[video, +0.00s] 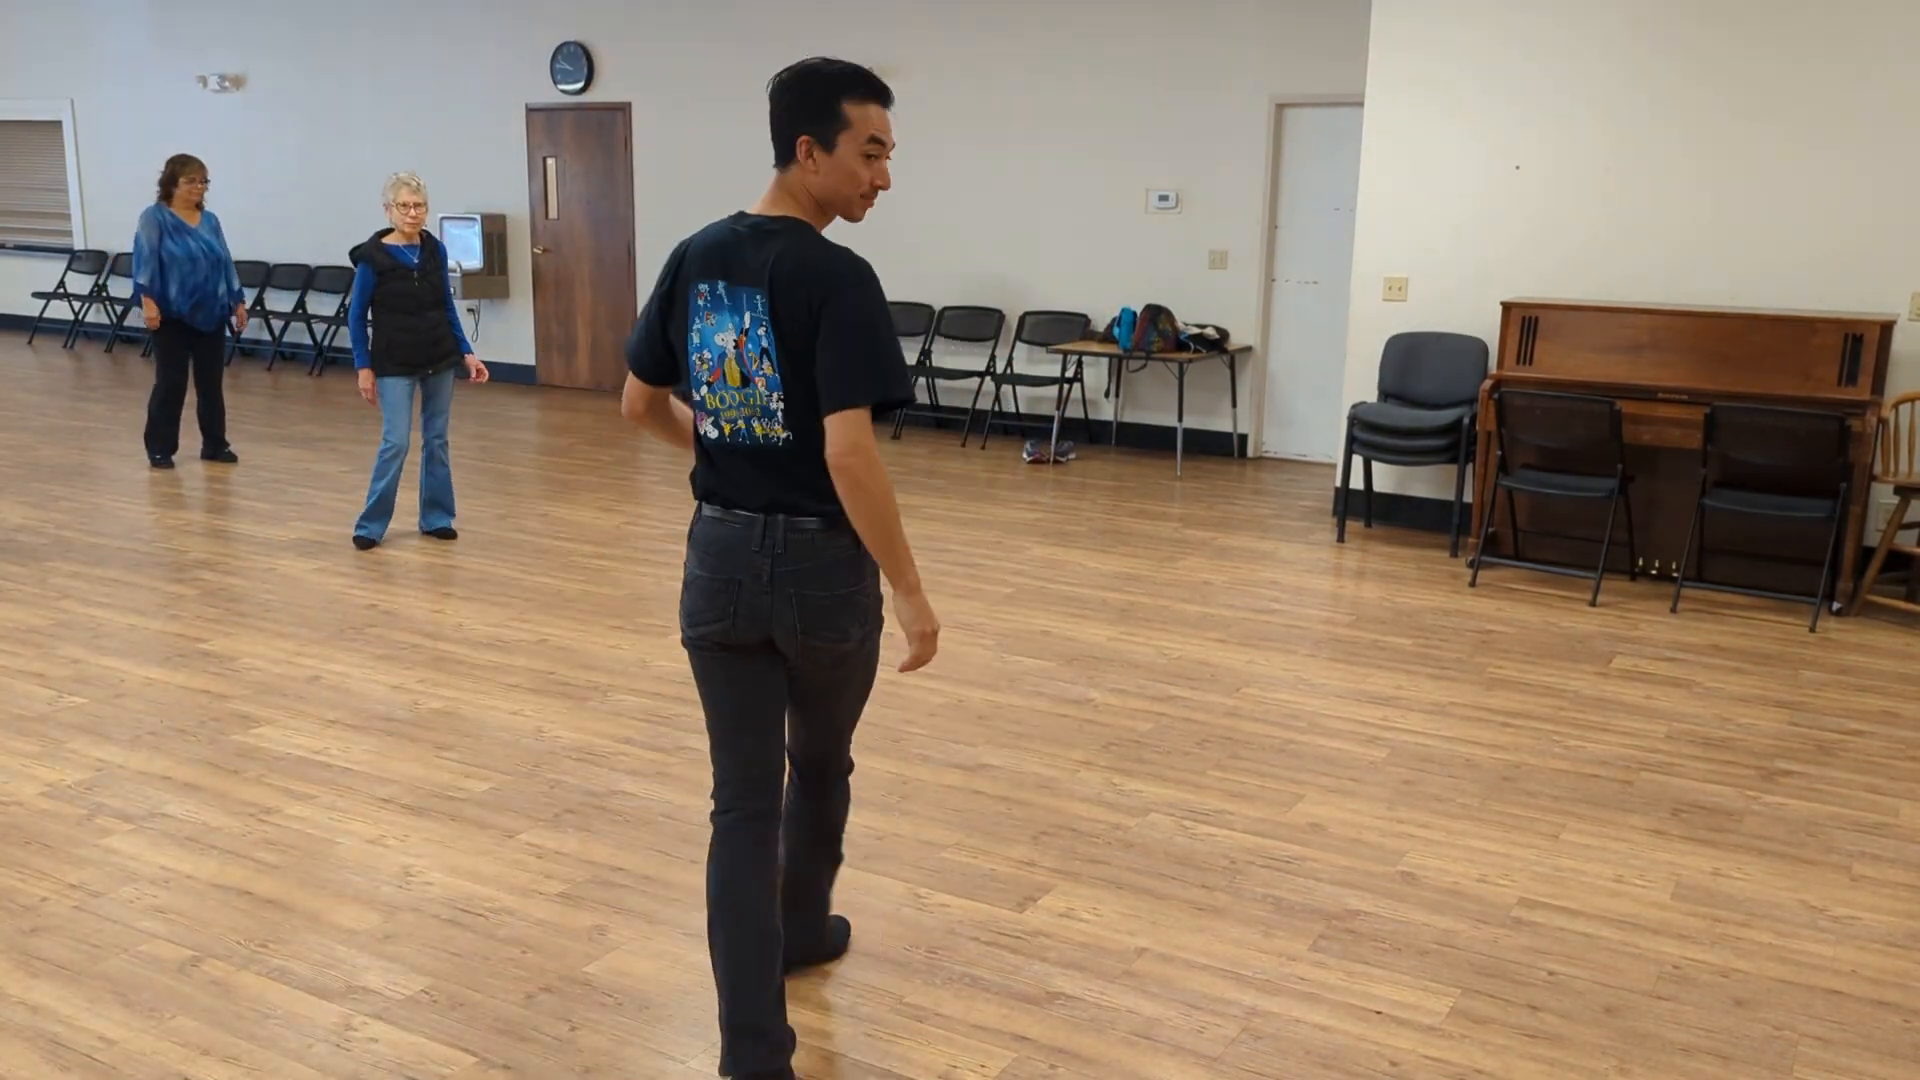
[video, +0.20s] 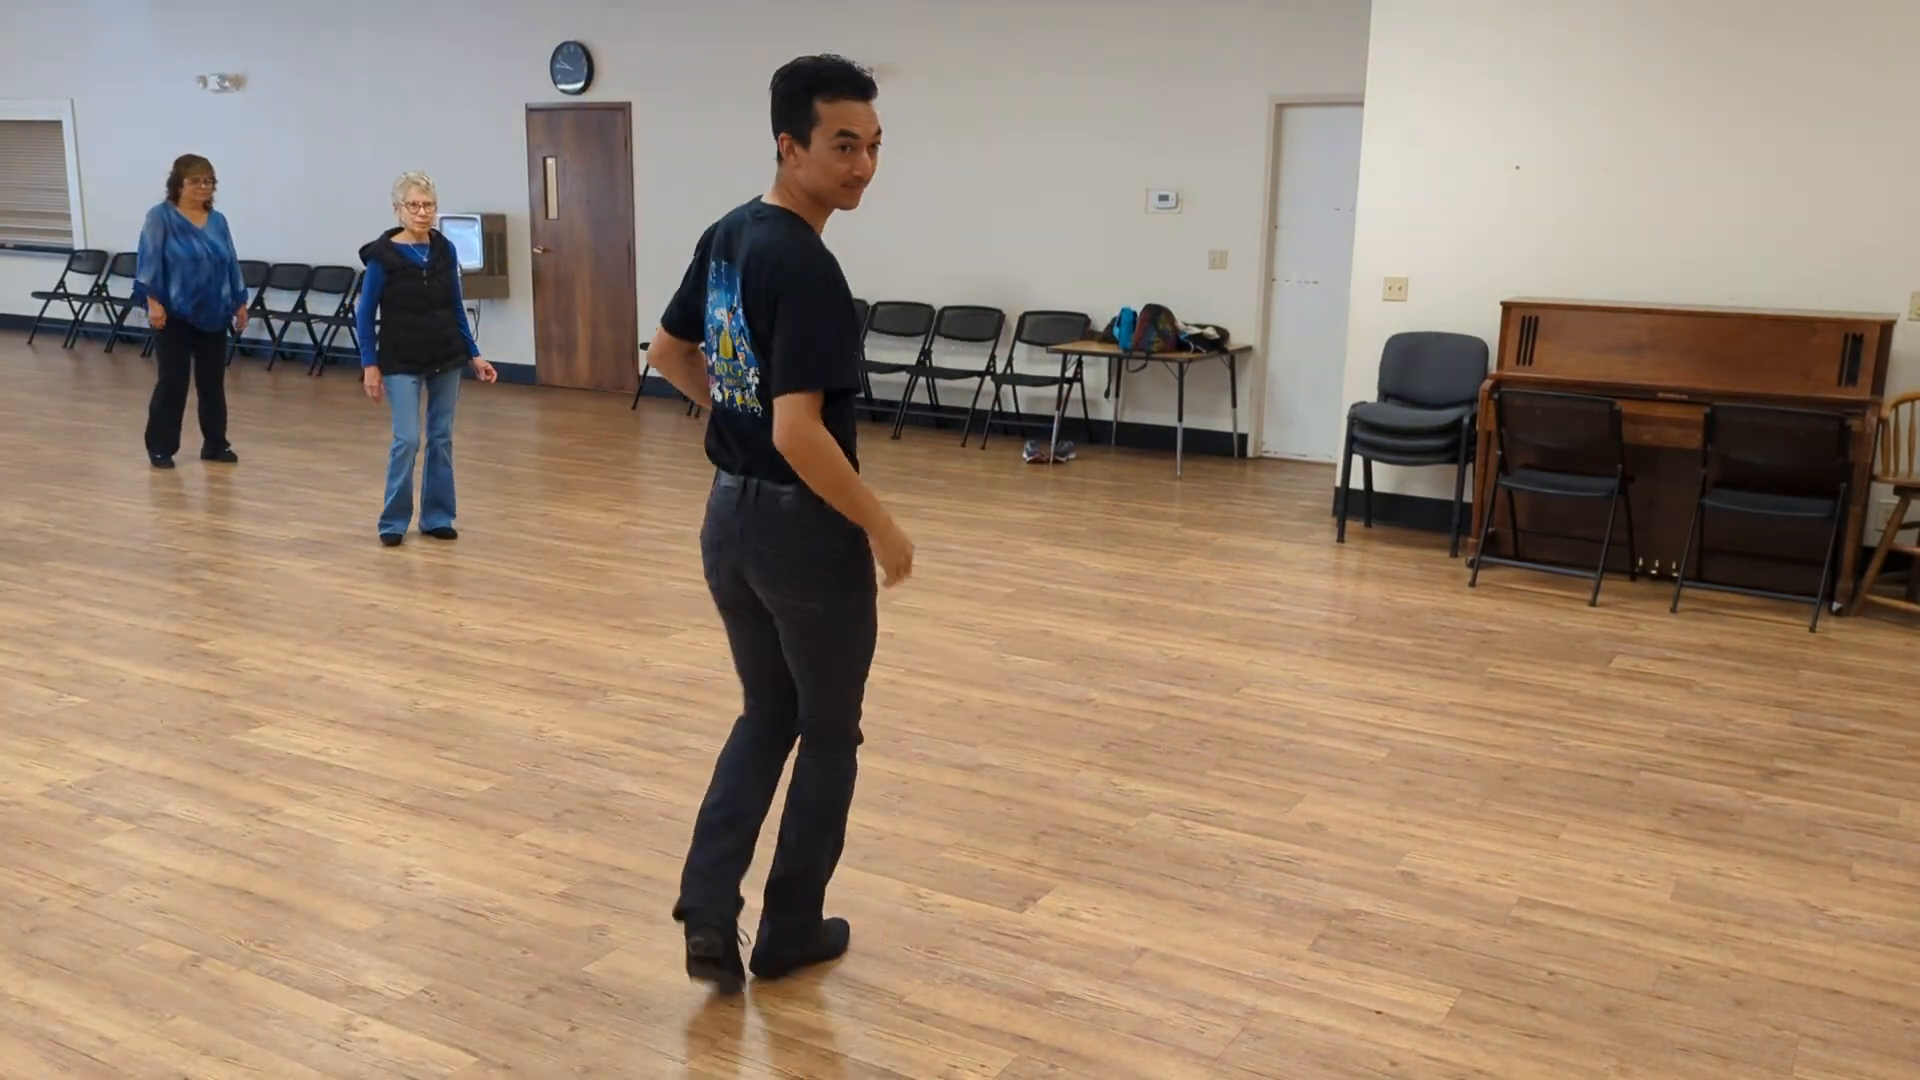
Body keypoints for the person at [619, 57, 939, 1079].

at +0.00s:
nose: (885, 172)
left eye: (887, 151)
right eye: (872, 149)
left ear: (801, 154)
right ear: (806, 149)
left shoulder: (698, 254)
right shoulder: (838, 278)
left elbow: (642, 398)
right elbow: (850, 450)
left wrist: (717, 440)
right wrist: (908, 589)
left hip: (719, 553)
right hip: (822, 560)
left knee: (742, 799)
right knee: (820, 754)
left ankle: (754, 1058)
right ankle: (801, 927)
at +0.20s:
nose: (867, 161)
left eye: (873, 143)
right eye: (849, 142)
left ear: (800, 150)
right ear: (790, 147)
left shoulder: (725, 235)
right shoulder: (810, 271)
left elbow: (671, 349)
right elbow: (795, 430)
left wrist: (732, 409)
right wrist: (881, 522)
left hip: (731, 521)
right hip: (807, 531)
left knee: (767, 715)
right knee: (830, 733)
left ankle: (706, 913)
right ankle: (790, 929)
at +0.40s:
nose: (830, 148)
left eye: (841, 131)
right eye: (810, 129)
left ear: (849, 138)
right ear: (764, 135)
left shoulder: (750, 226)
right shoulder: (765, 240)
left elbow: (705, 336)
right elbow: (731, 394)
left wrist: (791, 394)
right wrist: (829, 433)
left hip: (746, 491)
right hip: (780, 503)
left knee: (775, 665)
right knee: (824, 707)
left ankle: (732, 831)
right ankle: (773, 915)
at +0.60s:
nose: (799, 148)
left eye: (810, 132)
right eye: (779, 131)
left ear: (821, 141)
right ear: (741, 139)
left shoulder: (799, 238)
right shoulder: (705, 244)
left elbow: (782, 346)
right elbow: (652, 377)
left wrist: (811, 408)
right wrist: (758, 427)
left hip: (780, 490)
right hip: (722, 496)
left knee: (758, 668)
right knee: (764, 689)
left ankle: (738, 813)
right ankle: (759, 897)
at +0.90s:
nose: (735, 139)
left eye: (747, 125)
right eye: (717, 124)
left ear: (759, 135)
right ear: (680, 132)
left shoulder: (757, 231)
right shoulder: (639, 234)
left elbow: (768, 326)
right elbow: (569, 354)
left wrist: (757, 401)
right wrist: (674, 416)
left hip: (728, 481)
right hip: (649, 481)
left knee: (734, 650)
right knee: (638, 664)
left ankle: (735, 809)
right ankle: (584, 837)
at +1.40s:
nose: (624, 142)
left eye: (636, 127)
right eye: (606, 127)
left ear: (649, 134)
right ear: (570, 135)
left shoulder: (665, 211)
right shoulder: (533, 241)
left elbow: (650, 317)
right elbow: (450, 352)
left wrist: (656, 398)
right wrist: (557, 401)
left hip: (660, 462)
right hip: (577, 474)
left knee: (699, 636)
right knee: (571, 662)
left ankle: (725, 798)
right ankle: (568, 842)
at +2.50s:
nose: (690, 143)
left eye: (702, 129)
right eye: (672, 128)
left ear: (713, 139)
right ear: (635, 134)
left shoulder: (723, 223)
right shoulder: (587, 222)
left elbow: (701, 308)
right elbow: (497, 274)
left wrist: (680, 375)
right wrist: (550, 366)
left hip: (698, 466)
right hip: (616, 469)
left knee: (704, 645)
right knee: (591, 660)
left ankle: (710, 794)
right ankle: (571, 838)